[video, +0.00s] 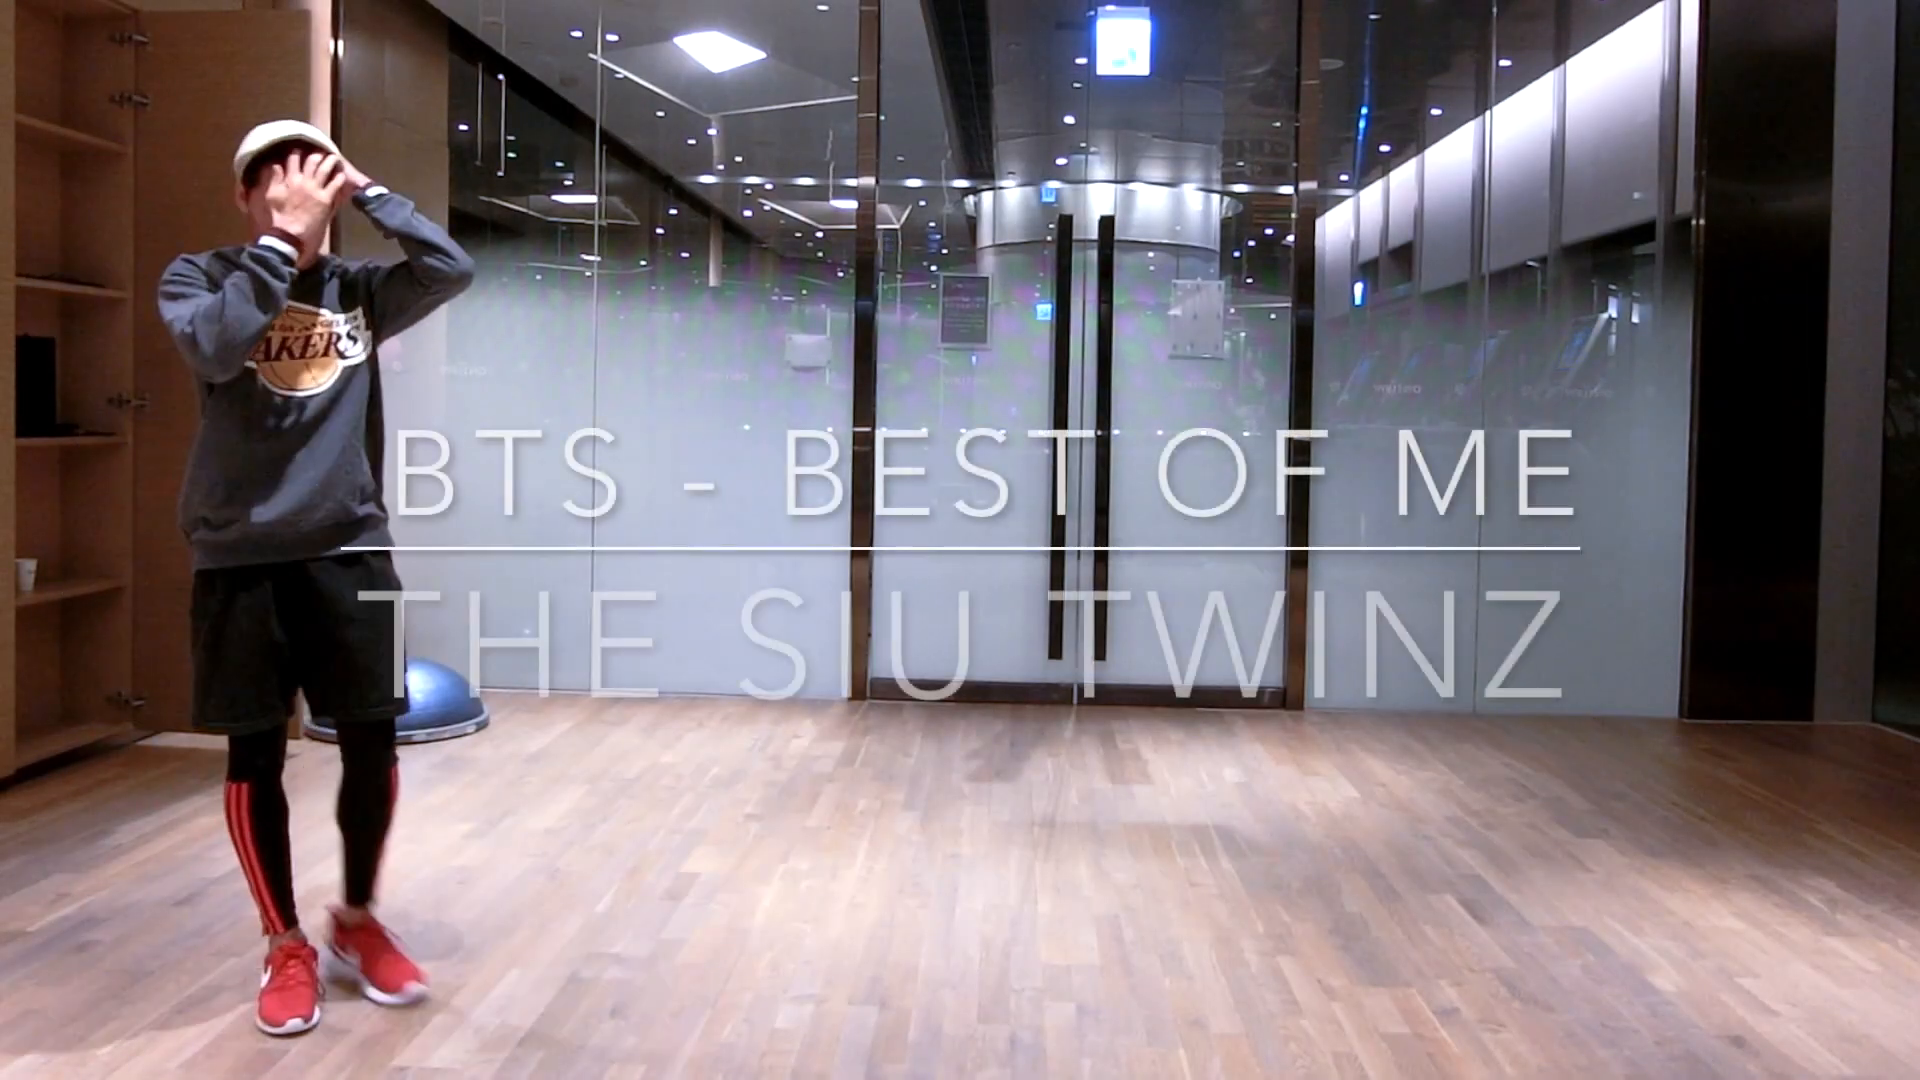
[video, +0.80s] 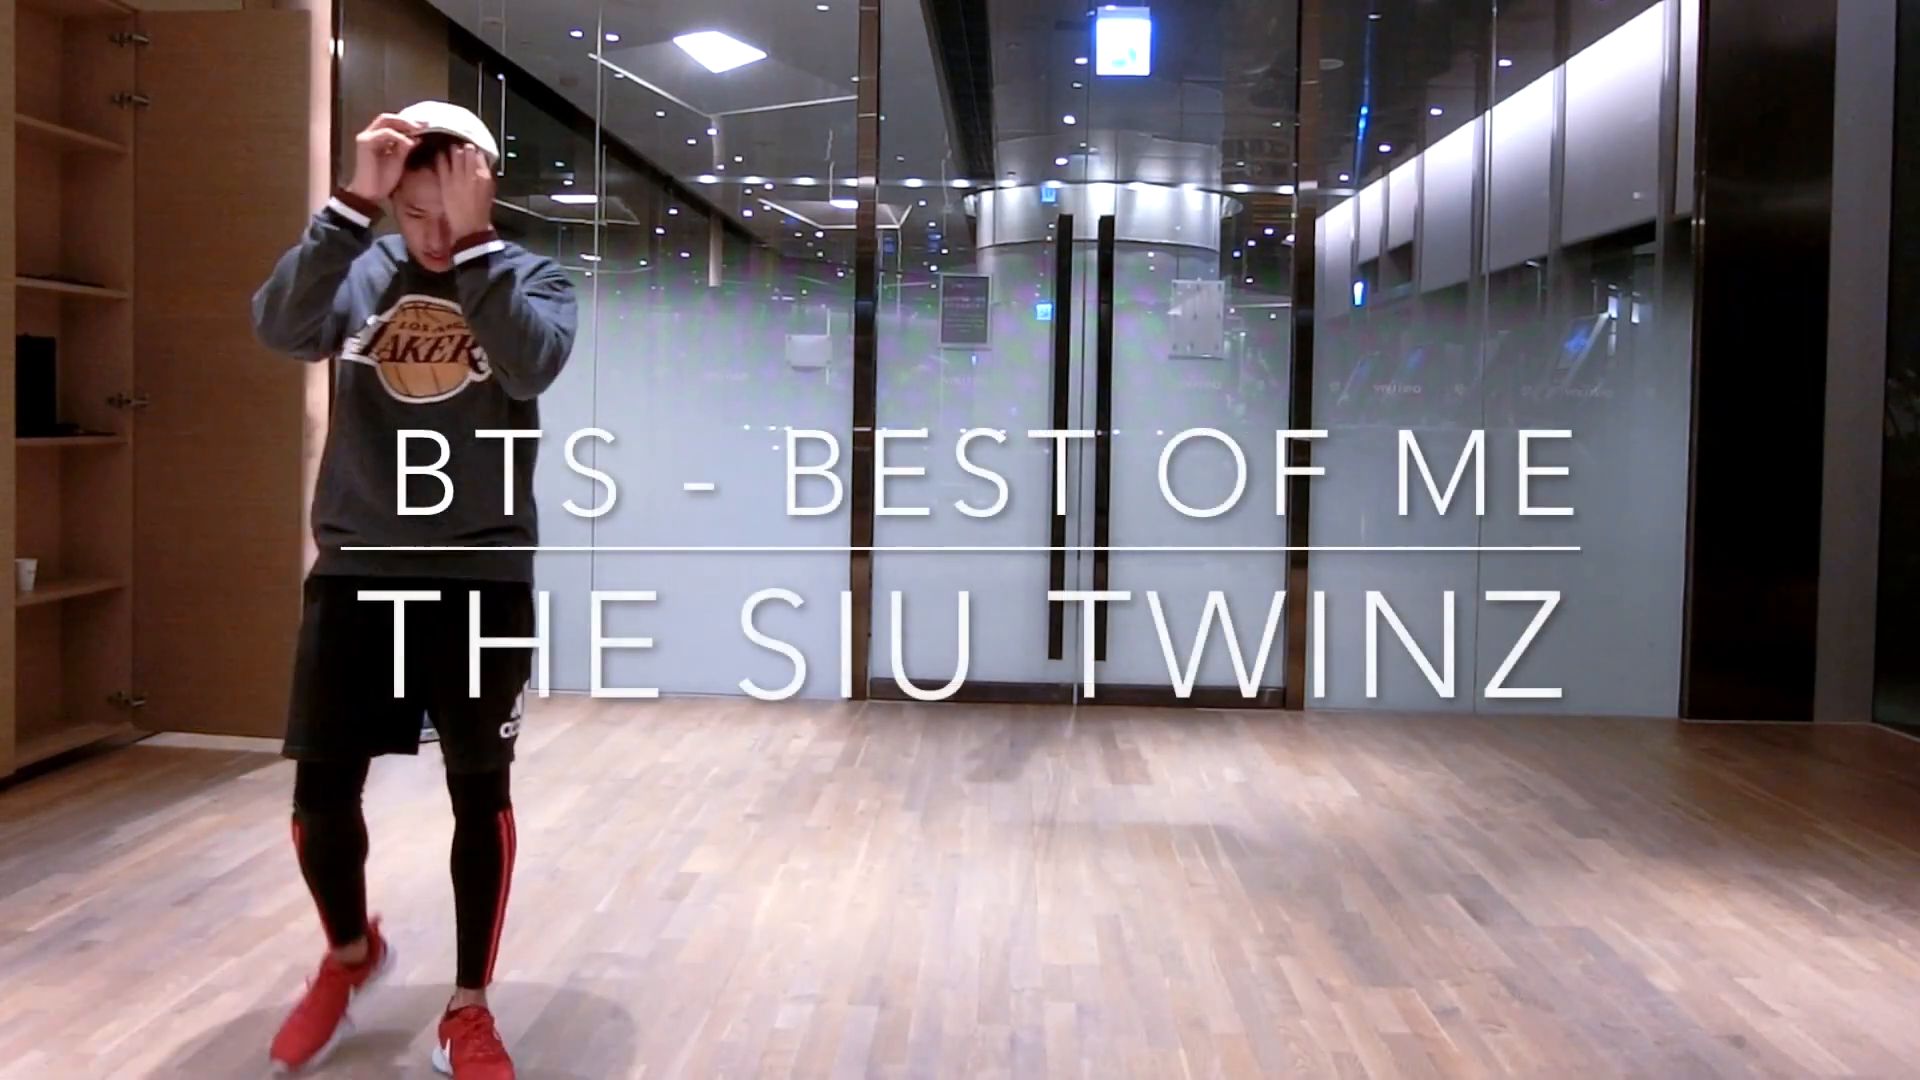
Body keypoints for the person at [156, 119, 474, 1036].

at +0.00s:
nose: (315, 176)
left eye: (322, 164)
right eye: (296, 162)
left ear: (335, 196)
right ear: (252, 190)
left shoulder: (353, 288)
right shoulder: (199, 276)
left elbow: (449, 265)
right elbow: (212, 350)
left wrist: (365, 192)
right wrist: (286, 239)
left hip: (350, 546)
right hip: (243, 554)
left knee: (373, 740)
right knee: (256, 753)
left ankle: (357, 923)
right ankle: (286, 949)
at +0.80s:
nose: (431, 185)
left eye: (451, 163)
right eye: (418, 169)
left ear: (489, 184)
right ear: (398, 192)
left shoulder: (529, 274)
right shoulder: (361, 270)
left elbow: (531, 366)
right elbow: (278, 326)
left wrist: (463, 246)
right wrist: (358, 203)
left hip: (481, 569)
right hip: (358, 563)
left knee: (480, 790)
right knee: (321, 791)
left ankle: (471, 1004)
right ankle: (349, 949)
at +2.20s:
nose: (409, 119)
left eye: (435, 94)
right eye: (383, 92)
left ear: (476, 112)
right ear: (350, 108)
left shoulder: (532, 246)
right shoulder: (282, 225)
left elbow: (535, 400)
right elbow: (283, 397)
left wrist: (462, 342)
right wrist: (376, 336)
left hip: (487, 590)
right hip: (330, 604)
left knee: (535, 883)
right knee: (360, 906)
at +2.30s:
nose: (406, 97)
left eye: (433, 71)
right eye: (380, 70)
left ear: (480, 94)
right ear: (350, 91)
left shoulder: (545, 253)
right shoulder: (286, 229)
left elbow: (536, 414)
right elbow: (287, 381)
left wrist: (473, 511)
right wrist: (362, 491)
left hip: (494, 602)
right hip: (332, 613)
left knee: (533, 890)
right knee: (360, 904)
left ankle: (573, 1078)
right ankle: (382, 1078)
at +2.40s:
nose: (401, 85)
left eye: (430, 59)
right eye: (377, 58)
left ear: (485, 88)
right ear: (349, 83)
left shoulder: (555, 265)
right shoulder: (296, 251)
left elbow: (567, 477)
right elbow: (282, 465)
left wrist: (556, 672)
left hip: (497, 635)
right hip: (345, 639)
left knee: (528, 942)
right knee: (364, 929)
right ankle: (385, 1079)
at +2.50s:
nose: (406, 72)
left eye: (437, 44)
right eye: (383, 45)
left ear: (497, 76)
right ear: (356, 77)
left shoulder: (579, 268)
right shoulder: (306, 262)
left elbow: (623, 494)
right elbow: (254, 496)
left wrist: (674, 698)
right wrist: (206, 714)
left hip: (508, 674)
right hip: (343, 671)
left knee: (524, 979)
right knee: (368, 947)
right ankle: (385, 1079)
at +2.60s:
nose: (426, 42)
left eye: (459, 19)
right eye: (405, 20)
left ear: (526, 56)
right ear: (380, 51)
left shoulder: (613, 258)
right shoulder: (323, 247)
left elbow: (695, 463)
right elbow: (242, 458)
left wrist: (777, 620)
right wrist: (153, 630)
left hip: (535, 673)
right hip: (362, 668)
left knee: (555, 990)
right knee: (376, 958)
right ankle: (384, 1079)